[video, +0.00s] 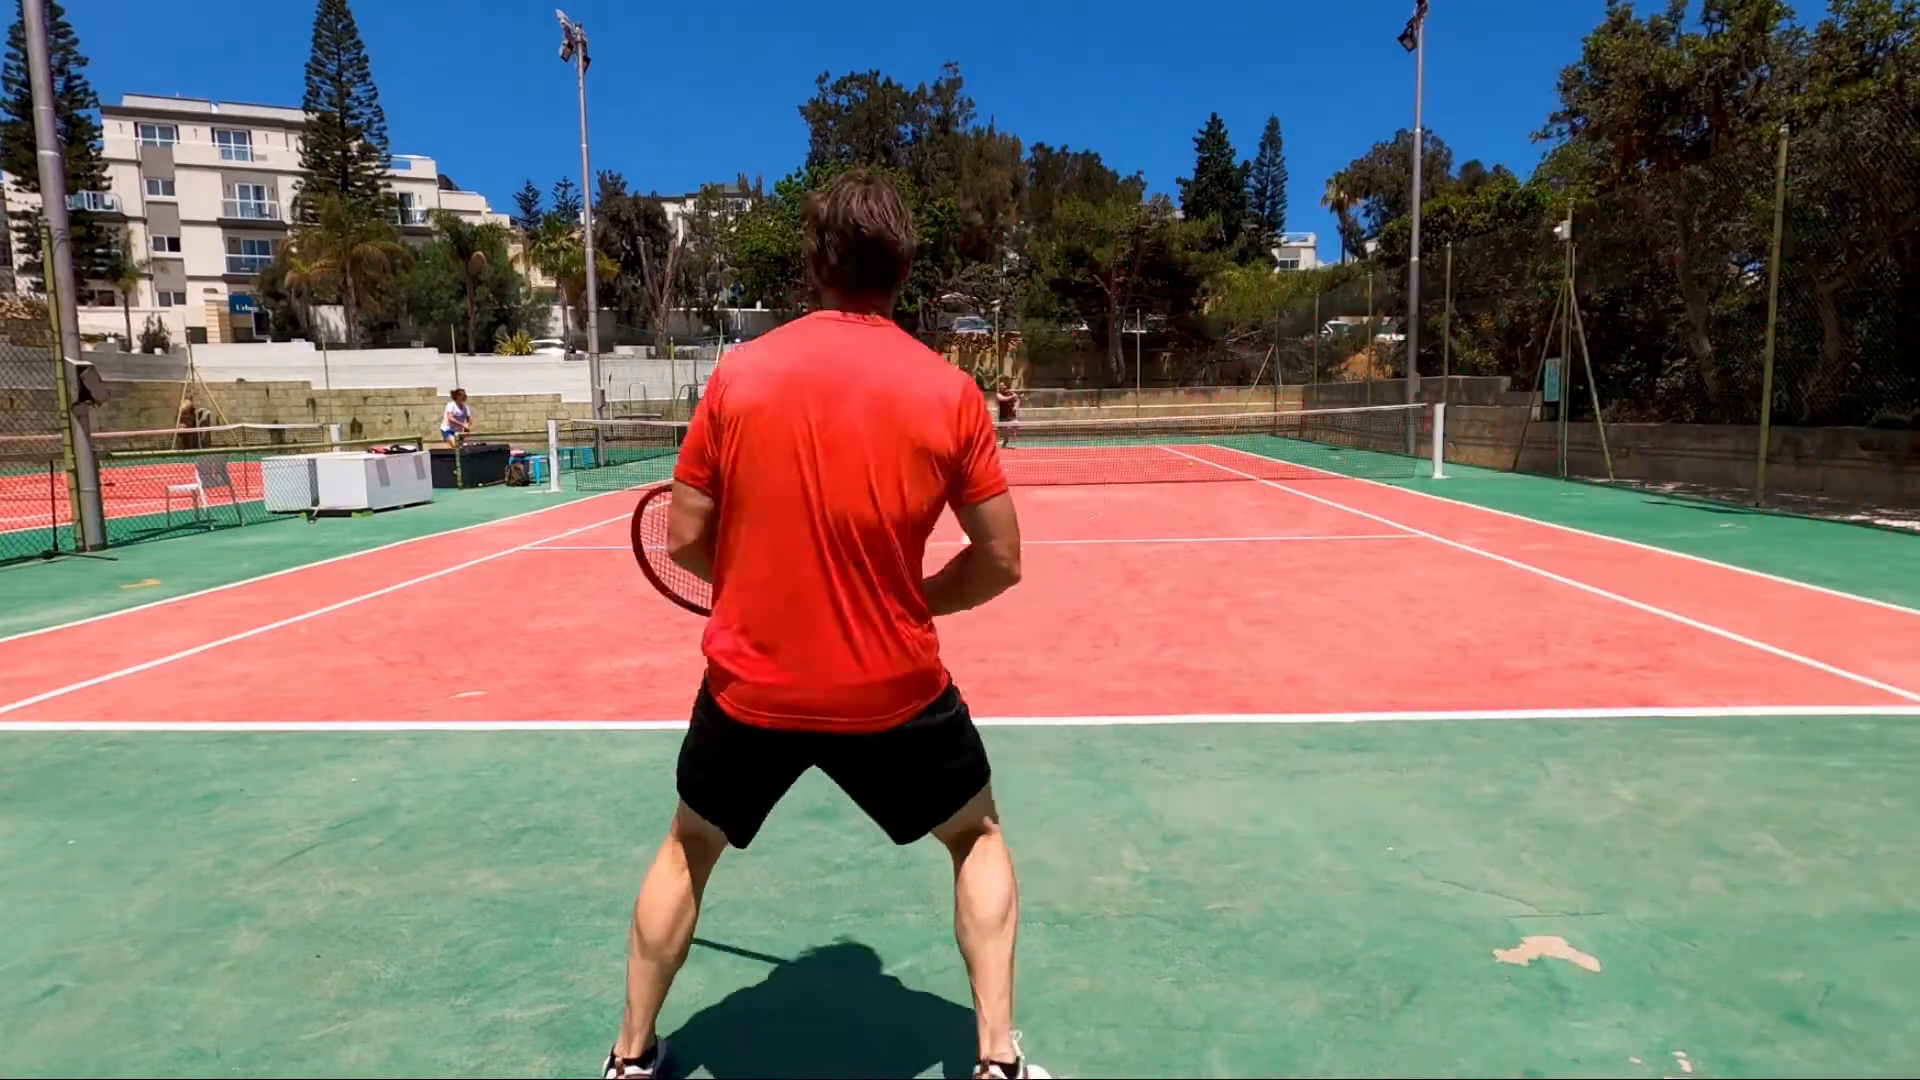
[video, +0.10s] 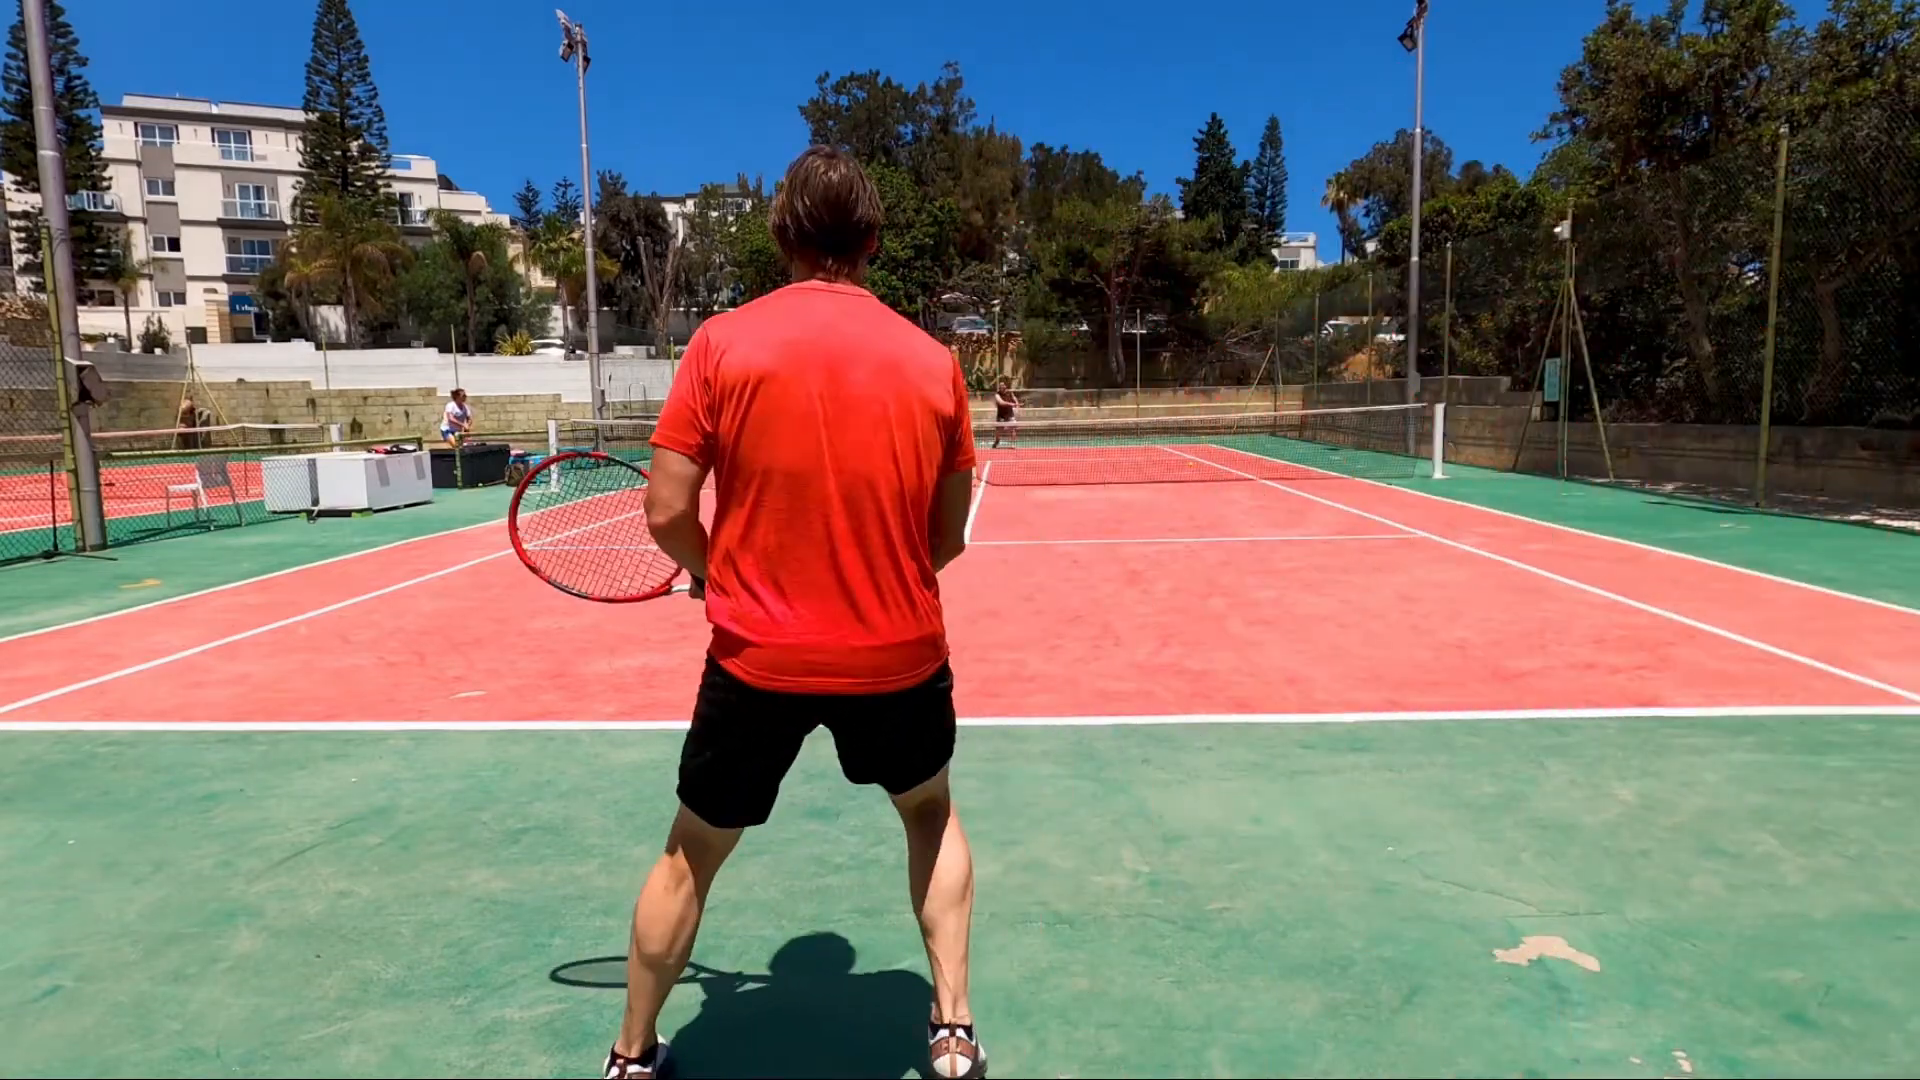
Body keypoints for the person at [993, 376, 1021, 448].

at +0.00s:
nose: (1002, 387)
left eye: (1004, 385)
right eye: (1000, 385)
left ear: (1007, 386)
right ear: (999, 386)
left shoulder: (1011, 393)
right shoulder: (999, 394)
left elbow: (1017, 399)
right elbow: (1001, 398)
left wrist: (1015, 406)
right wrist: (1012, 397)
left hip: (1011, 414)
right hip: (1003, 415)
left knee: (1011, 429)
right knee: (1004, 429)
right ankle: (1005, 441)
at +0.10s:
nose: (1002, 387)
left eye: (1003, 386)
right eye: (1001, 386)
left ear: (1006, 386)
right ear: (999, 387)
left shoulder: (1009, 393)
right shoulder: (997, 395)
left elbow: (1015, 399)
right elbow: (1001, 402)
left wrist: (1017, 405)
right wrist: (1011, 404)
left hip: (1010, 414)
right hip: (1001, 415)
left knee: (1013, 428)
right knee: (998, 429)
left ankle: (1013, 443)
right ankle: (997, 440)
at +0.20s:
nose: (1001, 389)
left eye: (1003, 387)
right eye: (1000, 387)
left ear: (1005, 387)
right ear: (998, 388)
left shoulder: (1008, 394)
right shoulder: (995, 396)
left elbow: (1014, 402)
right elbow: (996, 406)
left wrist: (1016, 409)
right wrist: (1005, 411)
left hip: (1008, 415)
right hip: (999, 416)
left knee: (1012, 429)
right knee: (996, 430)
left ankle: (1012, 443)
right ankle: (992, 441)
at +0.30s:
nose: (999, 390)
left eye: (1000, 388)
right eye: (997, 388)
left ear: (1002, 388)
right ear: (995, 389)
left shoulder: (1005, 395)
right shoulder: (992, 397)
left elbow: (1011, 403)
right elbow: (990, 407)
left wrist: (1012, 410)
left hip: (1005, 416)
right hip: (996, 417)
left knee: (1010, 428)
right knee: (995, 430)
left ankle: (1012, 443)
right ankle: (991, 441)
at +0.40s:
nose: (997, 389)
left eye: (998, 387)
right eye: (995, 387)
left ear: (1000, 388)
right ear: (992, 388)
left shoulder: (1003, 395)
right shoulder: (990, 396)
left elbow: (1007, 402)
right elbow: (985, 404)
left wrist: (1009, 409)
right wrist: (987, 412)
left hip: (1002, 415)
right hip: (993, 415)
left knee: (1007, 428)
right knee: (992, 429)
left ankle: (1009, 441)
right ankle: (991, 441)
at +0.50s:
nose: (995, 389)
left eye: (997, 387)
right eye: (994, 387)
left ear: (999, 388)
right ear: (991, 387)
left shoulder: (1002, 394)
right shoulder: (987, 394)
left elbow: (1006, 402)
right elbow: (983, 403)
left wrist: (1005, 409)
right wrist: (982, 411)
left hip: (1001, 415)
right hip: (992, 415)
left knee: (1005, 427)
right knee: (992, 429)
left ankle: (1003, 441)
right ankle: (990, 442)